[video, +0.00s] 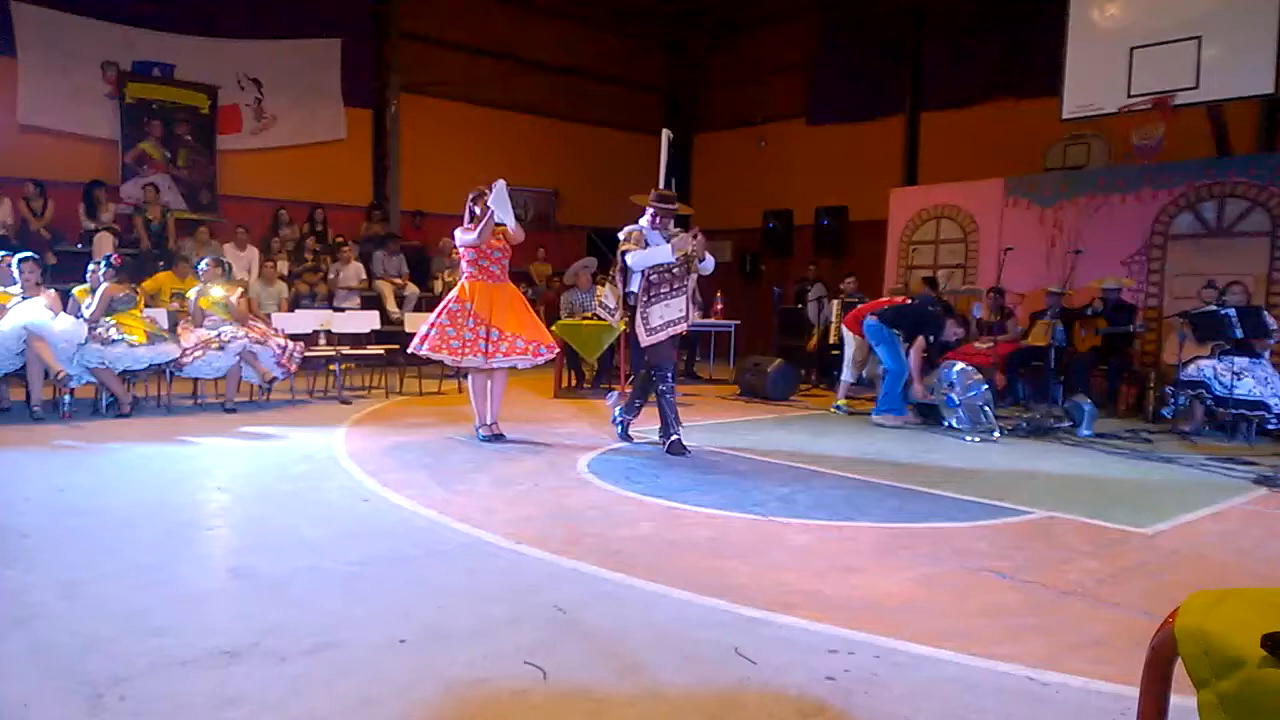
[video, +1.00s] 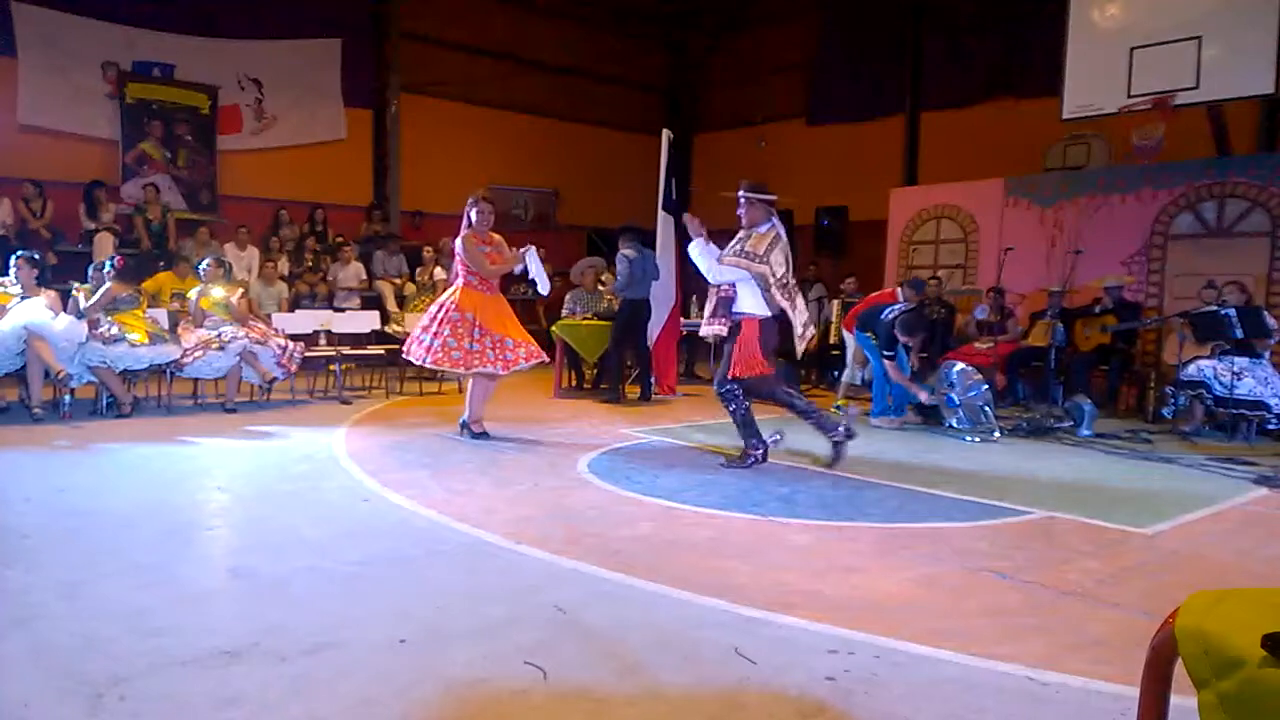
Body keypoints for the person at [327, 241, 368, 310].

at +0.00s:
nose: (348, 254)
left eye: (350, 251)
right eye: (344, 252)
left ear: (352, 252)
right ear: (338, 255)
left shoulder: (358, 266)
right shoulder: (334, 267)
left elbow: (365, 284)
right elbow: (331, 284)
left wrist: (351, 287)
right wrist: (336, 276)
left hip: (354, 304)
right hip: (338, 304)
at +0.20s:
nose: (348, 254)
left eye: (350, 251)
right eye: (345, 252)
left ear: (352, 252)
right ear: (339, 255)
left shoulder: (358, 266)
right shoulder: (334, 267)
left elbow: (365, 284)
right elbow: (330, 283)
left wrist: (352, 287)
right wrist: (336, 278)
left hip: (354, 304)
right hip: (339, 304)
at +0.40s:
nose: (348, 254)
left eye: (350, 251)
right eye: (345, 252)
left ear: (352, 252)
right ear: (339, 255)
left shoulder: (359, 266)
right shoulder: (334, 267)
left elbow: (365, 284)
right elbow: (330, 282)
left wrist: (352, 288)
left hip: (354, 304)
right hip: (338, 305)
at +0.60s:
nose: (349, 254)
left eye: (350, 251)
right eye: (345, 252)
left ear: (352, 252)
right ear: (339, 254)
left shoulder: (359, 266)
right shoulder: (334, 267)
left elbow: (365, 284)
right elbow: (329, 281)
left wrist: (351, 288)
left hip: (354, 305)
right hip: (339, 305)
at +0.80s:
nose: (349, 254)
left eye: (350, 251)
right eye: (345, 252)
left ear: (352, 252)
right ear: (339, 254)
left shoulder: (359, 266)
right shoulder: (334, 267)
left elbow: (365, 284)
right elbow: (329, 281)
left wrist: (351, 288)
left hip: (354, 305)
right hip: (339, 305)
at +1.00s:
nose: (349, 254)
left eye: (350, 251)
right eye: (346, 252)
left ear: (353, 252)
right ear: (339, 254)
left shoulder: (359, 266)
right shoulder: (334, 267)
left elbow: (365, 284)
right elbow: (329, 281)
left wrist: (351, 288)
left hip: (354, 305)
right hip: (338, 305)